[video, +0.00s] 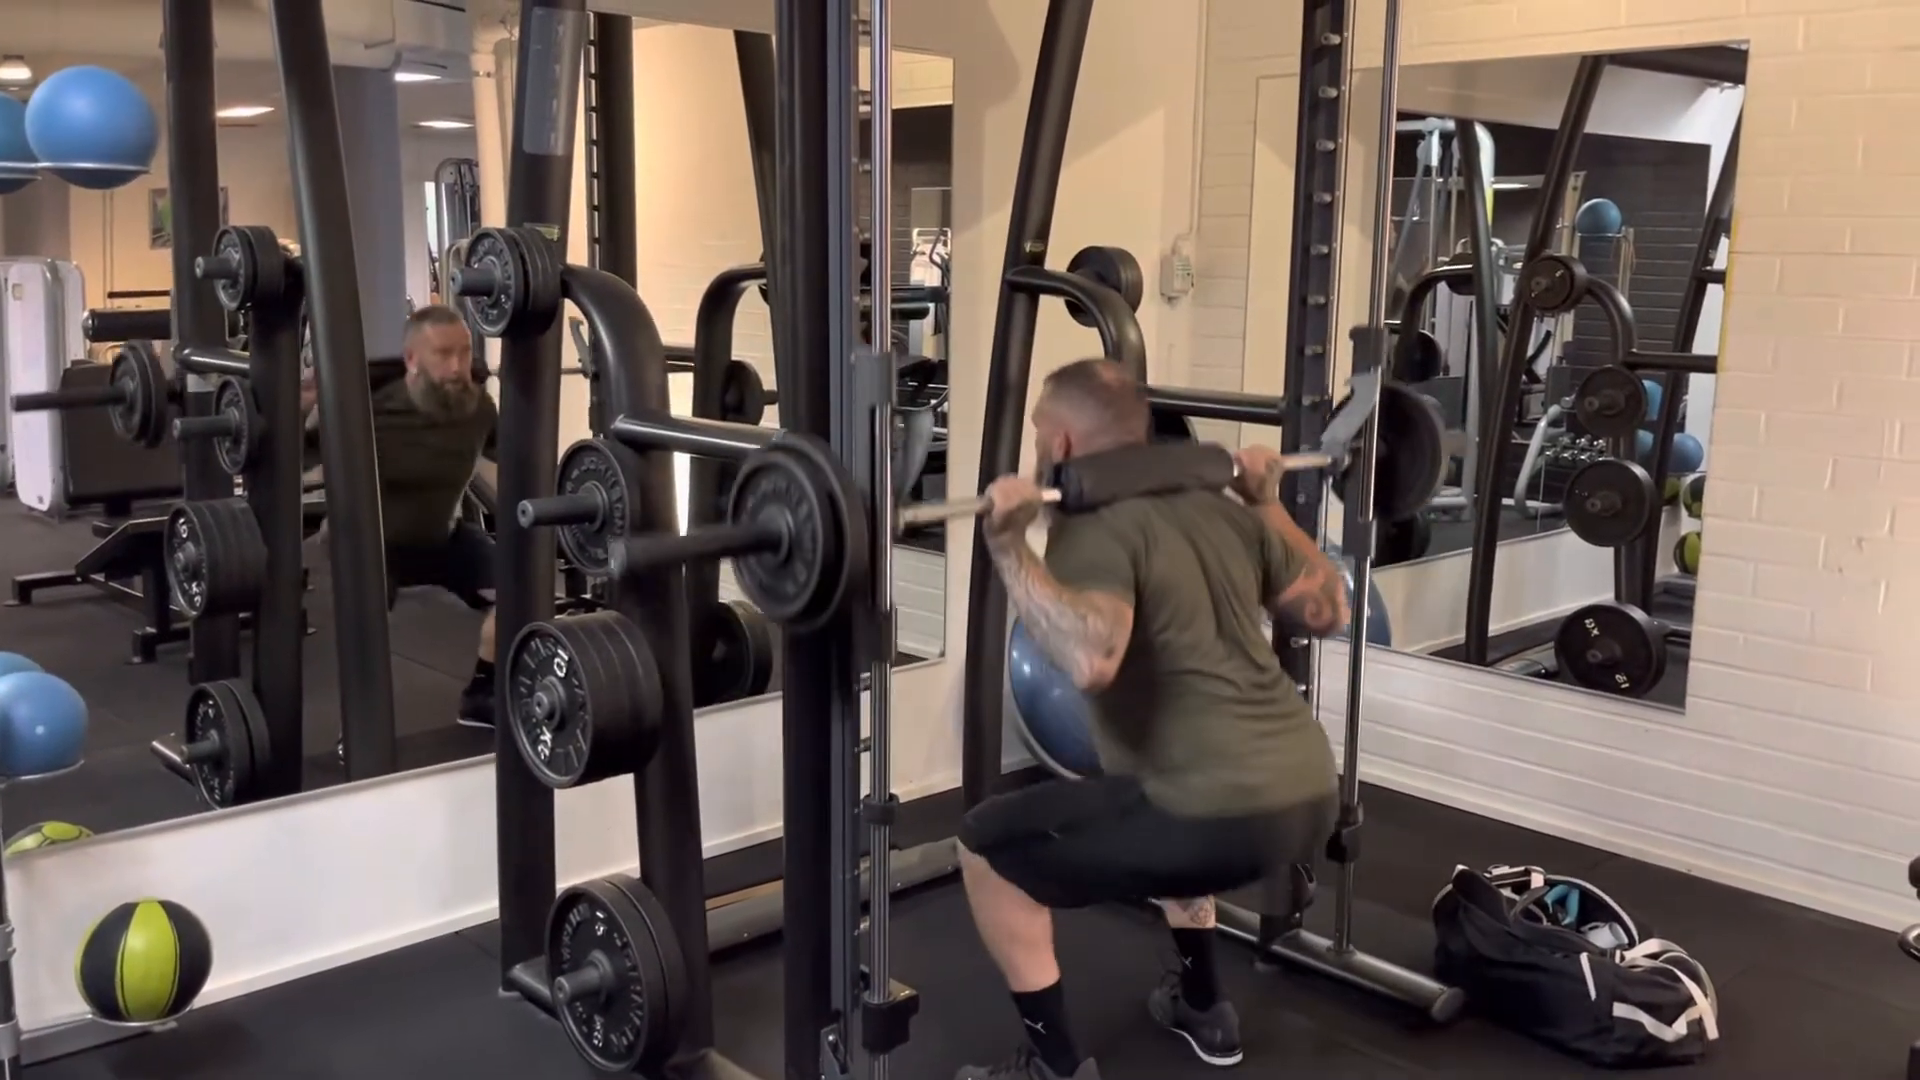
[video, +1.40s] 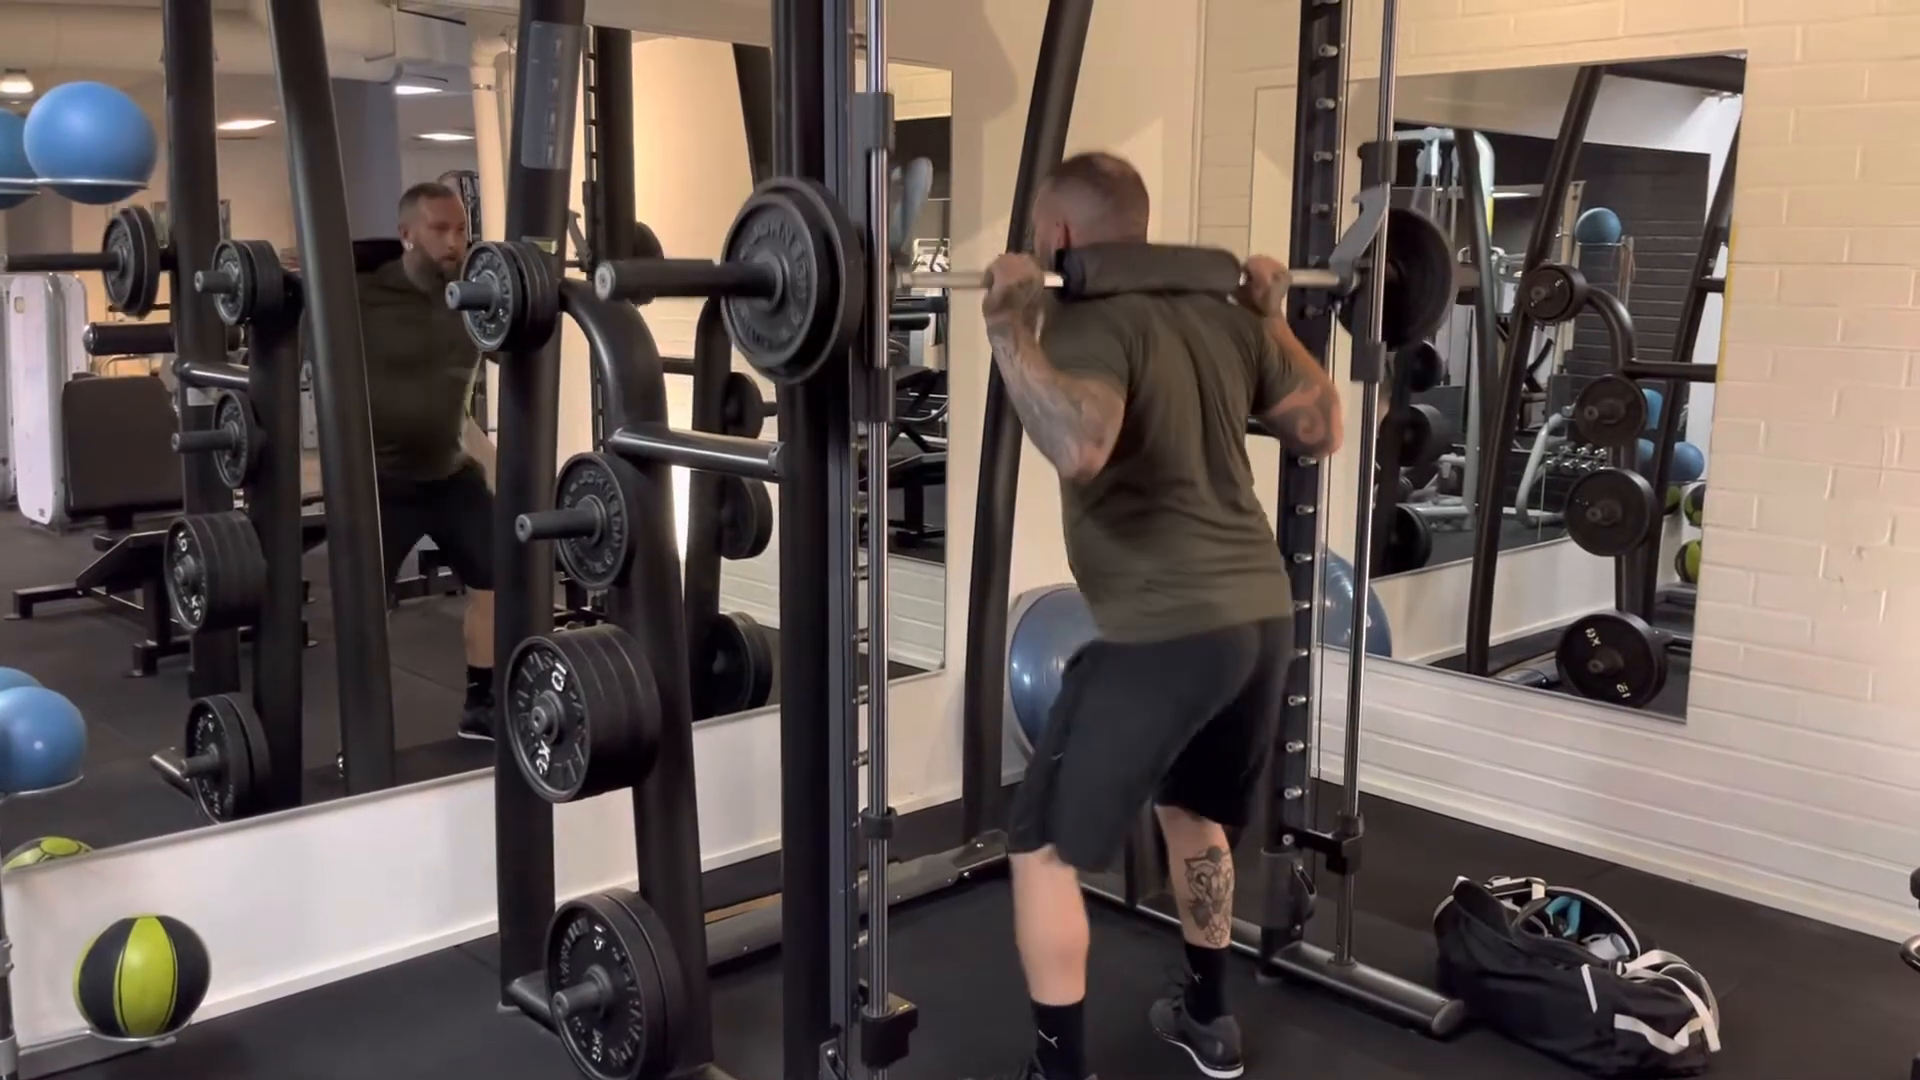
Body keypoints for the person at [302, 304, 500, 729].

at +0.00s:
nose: (458, 367)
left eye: (465, 353)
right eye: (444, 354)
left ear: (473, 354)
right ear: (411, 360)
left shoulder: (478, 410)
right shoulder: (374, 414)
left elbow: (508, 450)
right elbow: (292, 466)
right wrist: (296, 414)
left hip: (441, 541)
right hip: (373, 545)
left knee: (517, 579)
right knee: (364, 609)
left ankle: (484, 691)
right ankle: (359, 721)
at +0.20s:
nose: (454, 306)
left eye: (458, 293)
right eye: (440, 294)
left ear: (467, 296)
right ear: (409, 301)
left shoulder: (476, 356)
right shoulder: (372, 360)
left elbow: (508, 408)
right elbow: (298, 404)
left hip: (441, 508)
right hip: (377, 513)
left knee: (518, 561)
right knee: (367, 613)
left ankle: (485, 691)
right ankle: (358, 727)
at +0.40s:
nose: (455, 238)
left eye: (461, 226)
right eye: (441, 227)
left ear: (469, 227)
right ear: (407, 231)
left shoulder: (470, 294)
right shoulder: (366, 297)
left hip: (449, 467)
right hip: (380, 471)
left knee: (496, 565)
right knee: (363, 602)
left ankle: (482, 694)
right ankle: (360, 722)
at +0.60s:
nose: (454, 210)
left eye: (459, 198)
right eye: (439, 198)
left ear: (466, 202)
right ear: (405, 204)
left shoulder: (471, 268)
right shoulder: (360, 267)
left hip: (457, 452)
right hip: (382, 455)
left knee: (474, 574)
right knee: (366, 588)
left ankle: (480, 697)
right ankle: (359, 704)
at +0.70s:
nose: (454, 212)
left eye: (459, 201)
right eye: (440, 202)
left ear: (466, 206)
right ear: (406, 208)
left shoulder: (471, 269)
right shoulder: (362, 270)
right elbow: (278, 249)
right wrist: (285, 256)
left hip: (456, 455)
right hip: (381, 460)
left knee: (481, 570)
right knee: (365, 592)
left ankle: (480, 698)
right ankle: (360, 711)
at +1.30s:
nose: (455, 224)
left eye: (461, 212)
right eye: (440, 212)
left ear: (468, 216)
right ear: (406, 218)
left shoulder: (473, 280)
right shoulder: (360, 279)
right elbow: (279, 257)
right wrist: (278, 262)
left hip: (456, 464)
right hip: (380, 467)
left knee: (483, 576)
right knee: (364, 596)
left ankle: (481, 702)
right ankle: (360, 717)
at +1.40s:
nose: (456, 241)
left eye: (461, 229)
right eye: (442, 229)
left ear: (467, 233)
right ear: (407, 234)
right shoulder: (362, 296)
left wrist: (498, 468)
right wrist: (274, 274)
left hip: (451, 474)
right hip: (379, 480)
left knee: (493, 569)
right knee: (359, 602)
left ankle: (483, 703)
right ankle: (360, 722)